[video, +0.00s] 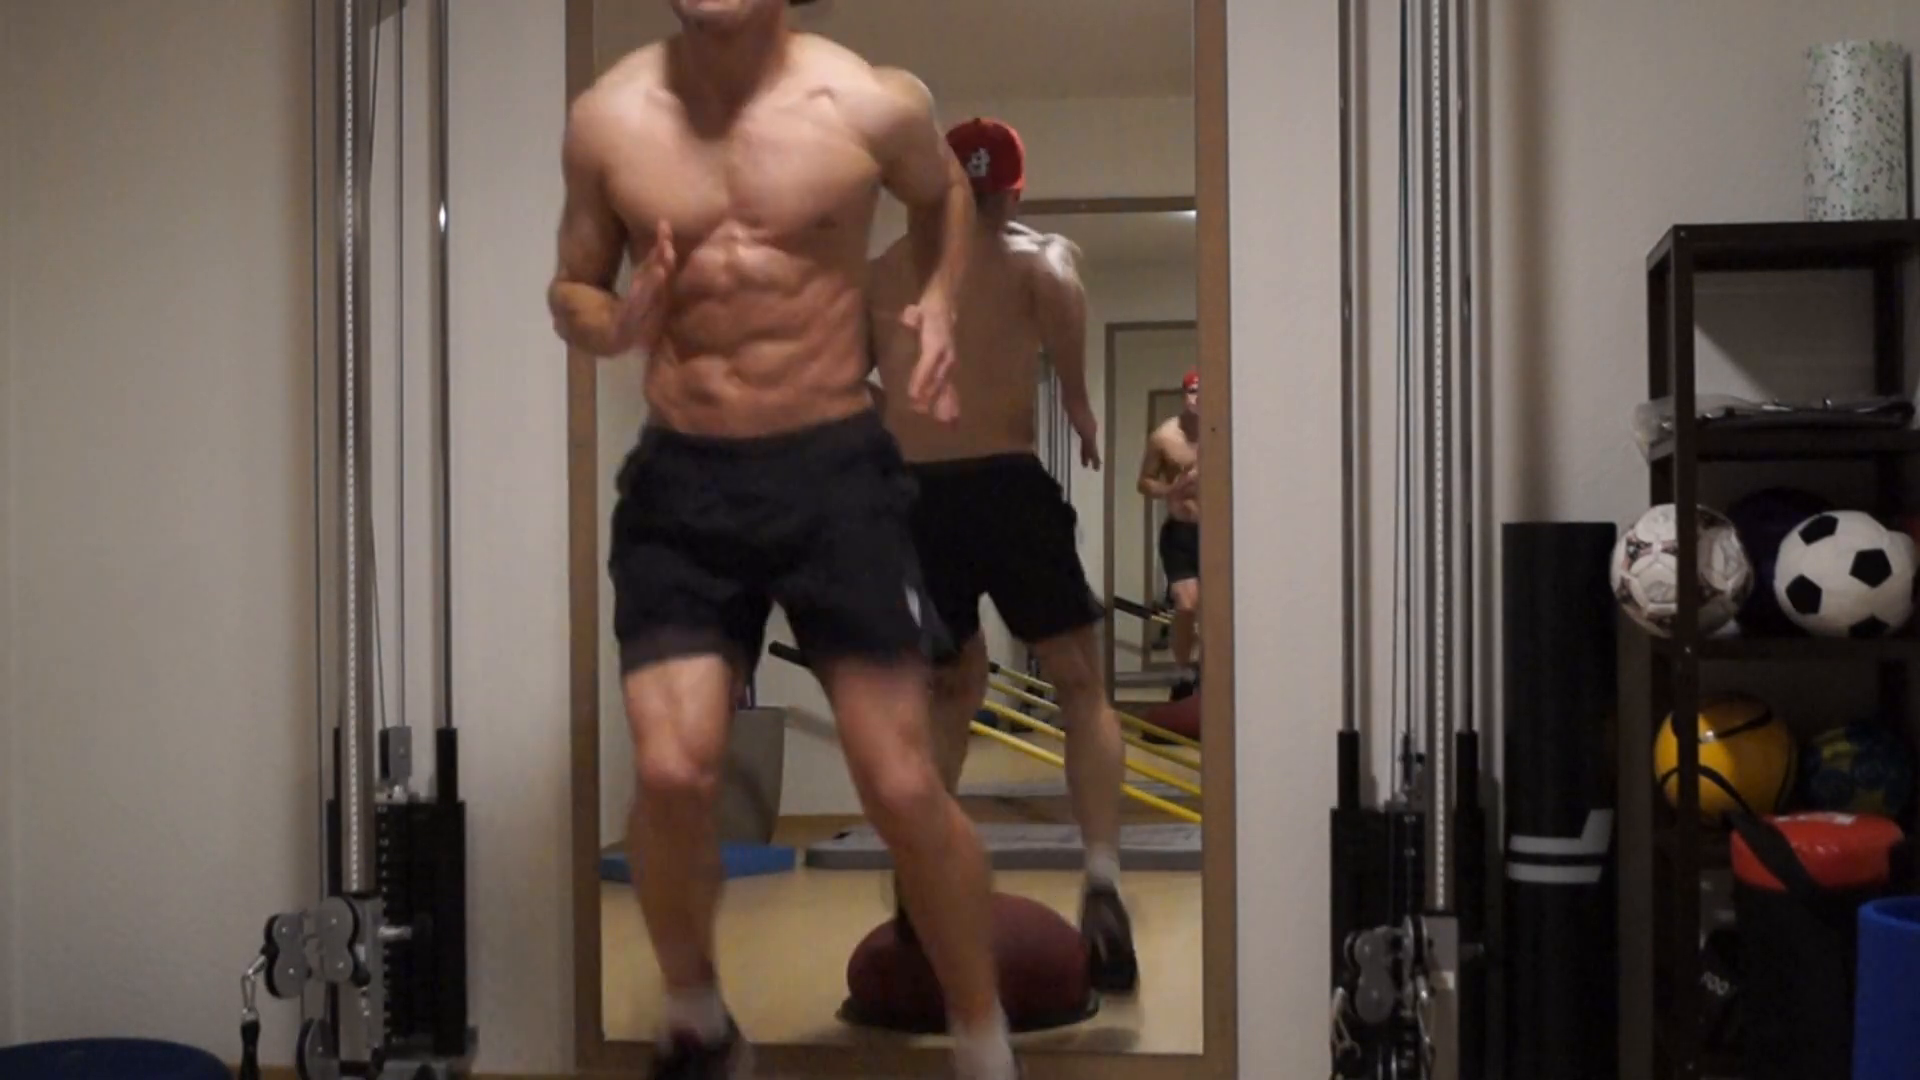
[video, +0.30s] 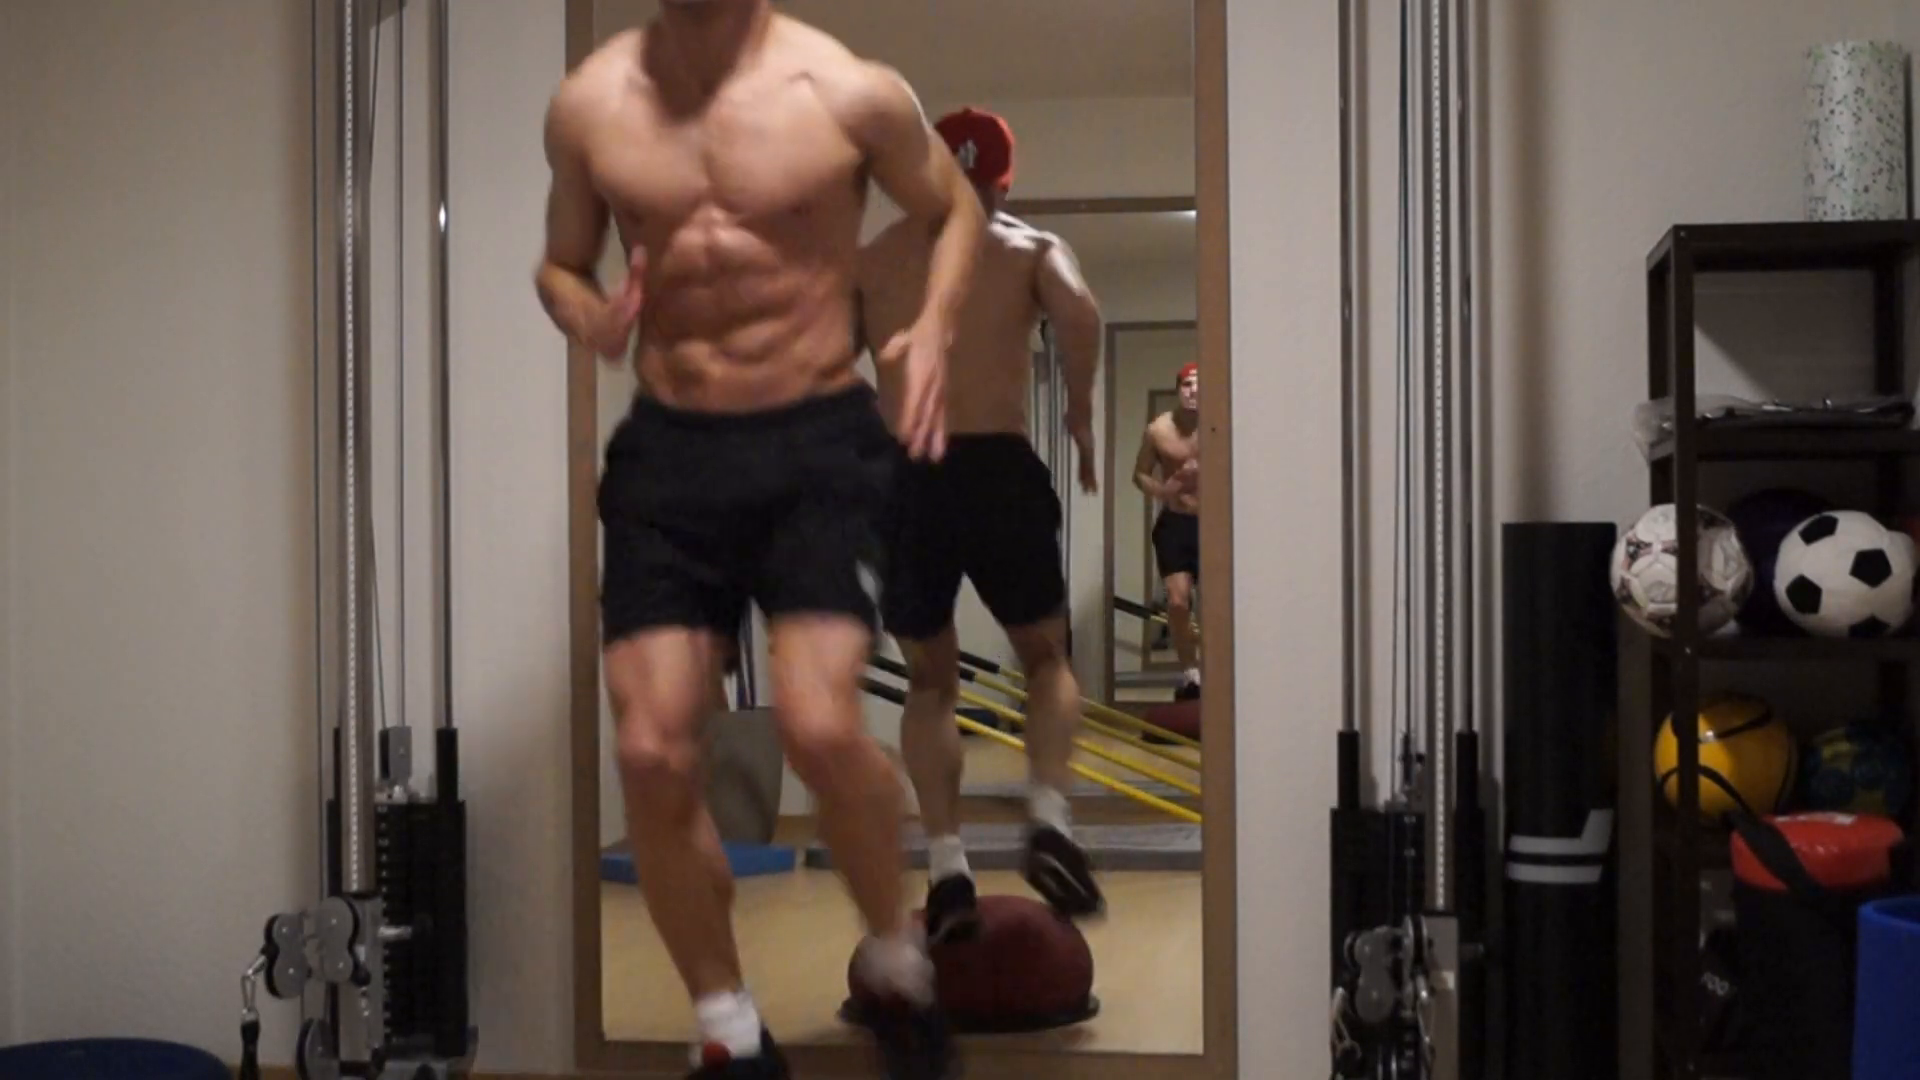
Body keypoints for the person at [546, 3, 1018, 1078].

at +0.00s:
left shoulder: (871, 105)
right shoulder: (607, 115)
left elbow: (944, 200)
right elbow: (572, 289)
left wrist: (937, 305)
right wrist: (617, 326)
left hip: (838, 477)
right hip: (682, 484)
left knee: (903, 789)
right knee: (669, 772)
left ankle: (984, 1052)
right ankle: (695, 1027)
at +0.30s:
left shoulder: (851, 91)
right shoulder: (590, 100)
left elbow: (957, 209)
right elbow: (561, 265)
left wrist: (935, 330)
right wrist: (592, 323)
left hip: (824, 437)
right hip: (670, 448)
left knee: (818, 728)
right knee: (651, 754)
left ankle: (896, 963)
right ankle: (730, 1040)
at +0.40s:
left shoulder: (838, 62)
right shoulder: (578, 69)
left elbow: (934, 177)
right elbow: (551, 227)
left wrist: (898, 289)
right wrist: (577, 308)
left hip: (790, 406)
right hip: (644, 412)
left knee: (747, 691)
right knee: (576, 690)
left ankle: (800, 962)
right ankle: (667, 969)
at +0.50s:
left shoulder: (805, 67)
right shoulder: (563, 73)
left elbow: (895, 245)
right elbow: (541, 206)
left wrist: (771, 239)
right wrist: (522, 337)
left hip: (747, 435)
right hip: (599, 422)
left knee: (690, 760)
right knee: (489, 705)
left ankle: (735, 1046)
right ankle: (526, 970)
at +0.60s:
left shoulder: (789, 87)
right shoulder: (544, 89)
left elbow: (869, 276)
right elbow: (515, 203)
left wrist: (753, 220)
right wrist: (498, 326)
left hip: (723, 466)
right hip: (572, 458)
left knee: (672, 765)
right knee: (490, 782)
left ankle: (728, 1034)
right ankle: (475, 1061)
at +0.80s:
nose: (729, 3)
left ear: (811, 18)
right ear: (693, 20)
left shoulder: (864, 111)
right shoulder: (636, 111)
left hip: (831, 528)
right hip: (672, 529)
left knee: (908, 857)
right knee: (655, 855)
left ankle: (956, 1069)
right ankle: (648, 1074)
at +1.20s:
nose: (758, 88)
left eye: (786, 70)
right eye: (738, 67)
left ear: (836, 105)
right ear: (709, 95)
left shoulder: (901, 244)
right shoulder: (654, 256)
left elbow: (963, 444)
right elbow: (612, 453)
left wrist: (877, 449)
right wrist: (665, 431)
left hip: (887, 598)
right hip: (728, 598)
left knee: (965, 876)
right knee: (619, 856)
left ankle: (974, 1071)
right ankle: (645, 1074)